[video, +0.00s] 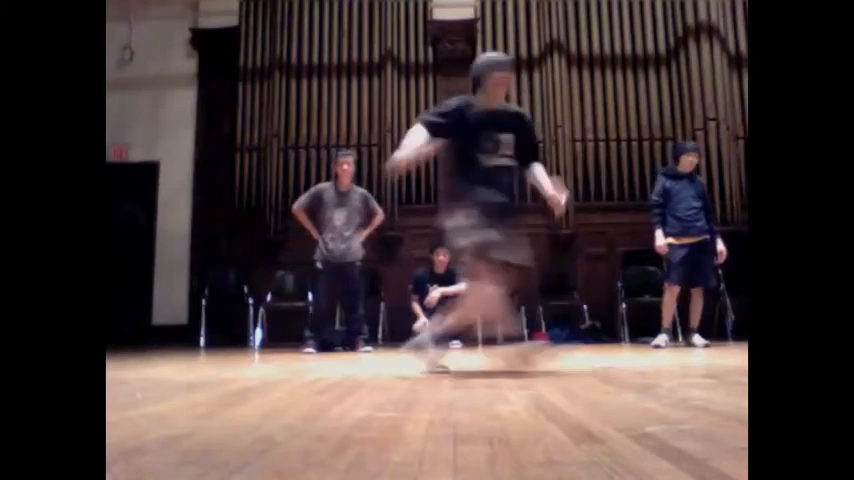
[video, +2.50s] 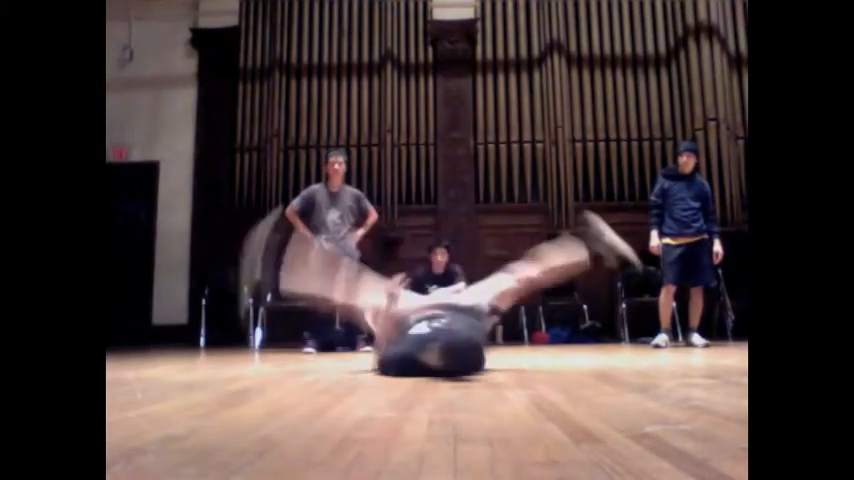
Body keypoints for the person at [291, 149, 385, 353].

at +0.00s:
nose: (345, 169)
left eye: (348, 164)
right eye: (341, 164)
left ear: (354, 168)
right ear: (335, 168)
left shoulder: (362, 195)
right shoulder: (322, 190)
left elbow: (379, 215)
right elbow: (297, 208)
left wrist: (362, 235)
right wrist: (316, 234)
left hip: (351, 253)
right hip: (327, 252)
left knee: (354, 300)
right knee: (323, 301)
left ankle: (356, 340)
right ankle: (316, 340)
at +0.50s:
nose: (335, 168)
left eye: (339, 163)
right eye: (332, 163)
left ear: (344, 168)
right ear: (326, 167)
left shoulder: (351, 193)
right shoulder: (314, 191)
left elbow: (372, 213)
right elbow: (290, 210)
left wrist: (356, 234)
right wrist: (308, 234)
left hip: (345, 251)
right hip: (321, 251)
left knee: (350, 301)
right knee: (321, 301)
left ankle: (351, 342)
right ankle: (320, 341)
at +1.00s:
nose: (332, 168)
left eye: (336, 164)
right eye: (329, 164)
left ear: (342, 169)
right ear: (323, 168)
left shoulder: (351, 194)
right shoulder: (312, 192)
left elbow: (370, 214)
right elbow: (288, 211)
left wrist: (355, 233)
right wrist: (308, 235)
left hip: (345, 252)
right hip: (321, 252)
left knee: (351, 299)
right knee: (318, 300)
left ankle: (357, 338)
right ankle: (314, 340)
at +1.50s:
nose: (333, 171)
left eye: (337, 167)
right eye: (330, 166)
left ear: (342, 171)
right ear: (324, 170)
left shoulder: (351, 194)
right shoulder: (313, 192)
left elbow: (367, 216)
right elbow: (289, 212)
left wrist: (354, 237)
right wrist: (309, 235)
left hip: (346, 256)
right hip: (321, 255)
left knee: (349, 300)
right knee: (320, 300)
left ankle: (348, 338)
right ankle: (318, 337)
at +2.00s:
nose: (336, 167)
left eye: (339, 164)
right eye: (332, 164)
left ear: (344, 169)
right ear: (326, 168)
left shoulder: (353, 194)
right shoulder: (314, 192)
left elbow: (373, 215)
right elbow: (290, 211)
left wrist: (358, 235)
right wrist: (308, 233)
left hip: (347, 256)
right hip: (321, 256)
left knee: (350, 300)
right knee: (319, 301)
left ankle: (356, 339)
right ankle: (315, 339)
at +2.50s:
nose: (336, 167)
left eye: (340, 164)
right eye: (333, 163)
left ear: (345, 168)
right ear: (326, 167)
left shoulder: (354, 194)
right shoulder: (314, 192)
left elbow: (373, 215)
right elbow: (290, 211)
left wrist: (358, 234)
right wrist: (309, 237)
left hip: (347, 252)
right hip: (320, 250)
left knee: (349, 297)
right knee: (318, 294)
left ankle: (358, 338)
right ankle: (312, 339)